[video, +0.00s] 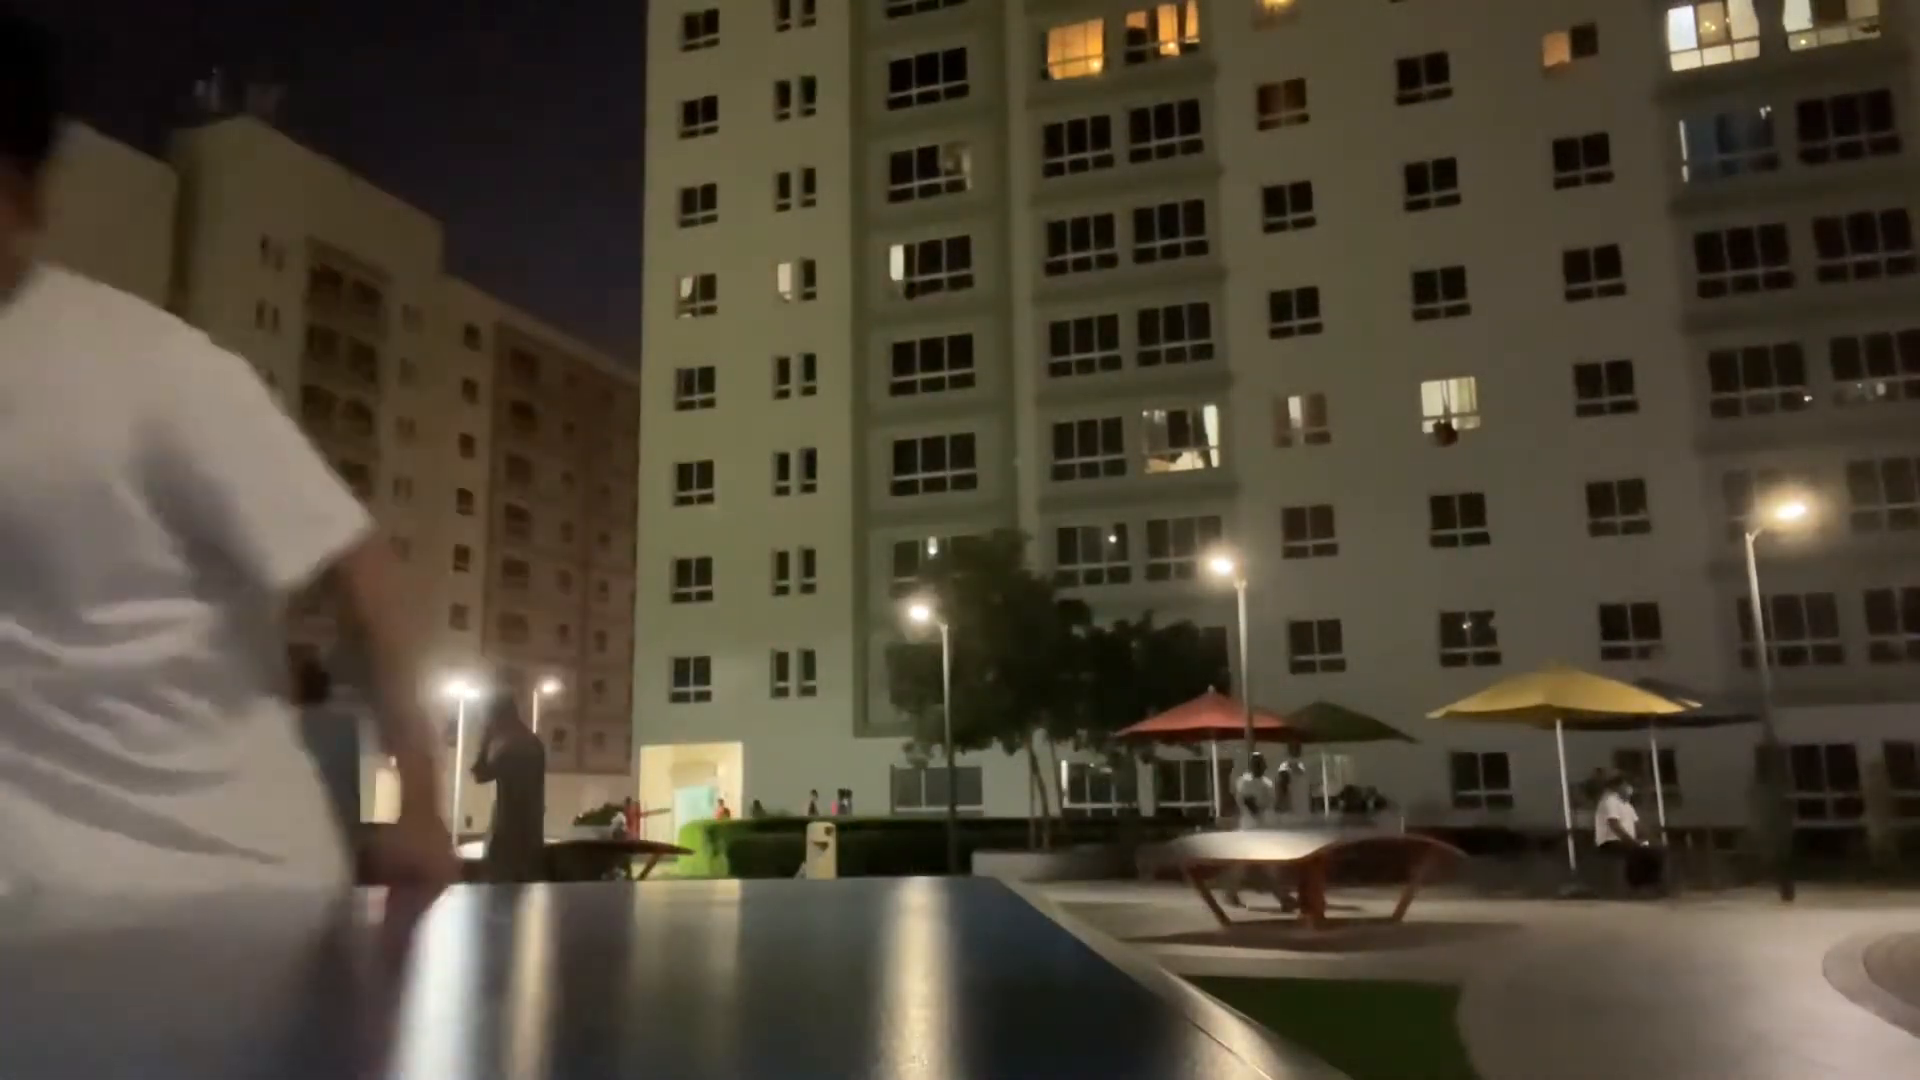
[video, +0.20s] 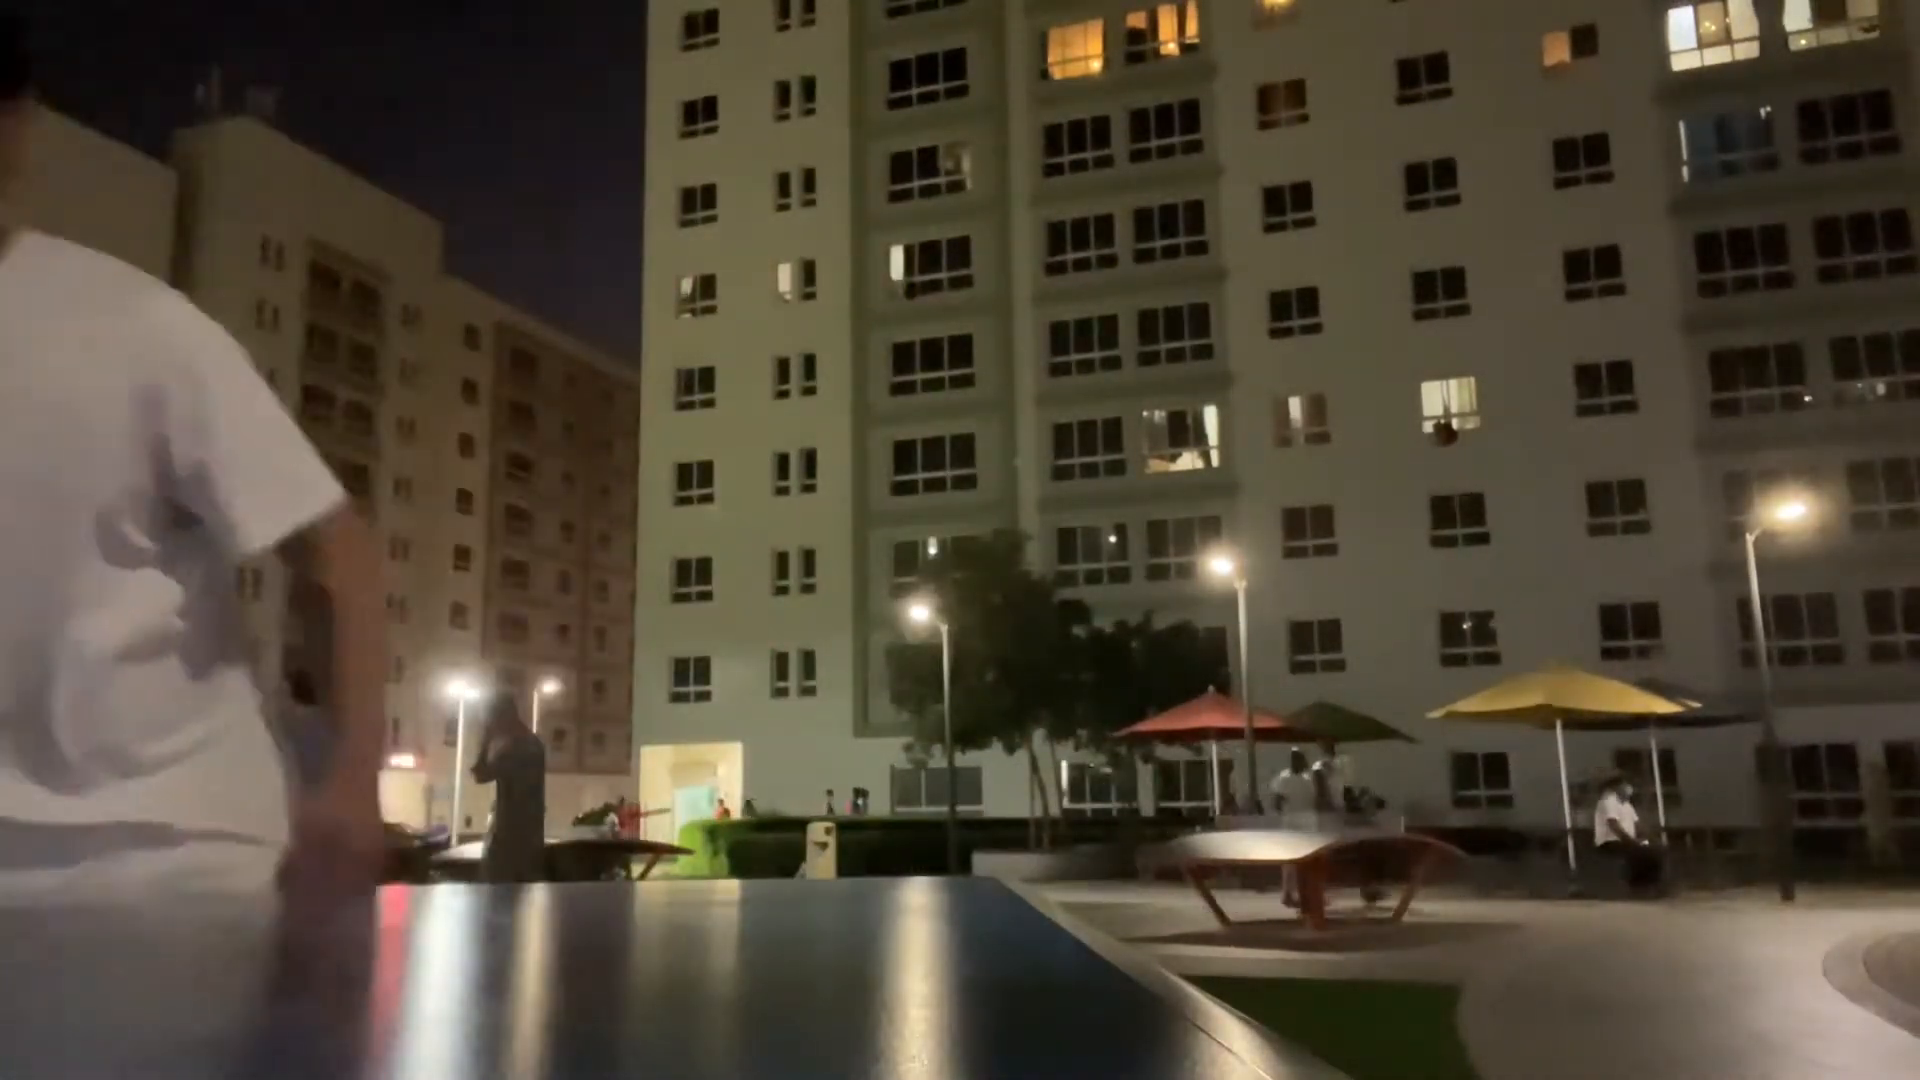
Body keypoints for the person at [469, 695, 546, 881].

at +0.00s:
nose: (490, 724)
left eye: (492, 719)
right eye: (491, 719)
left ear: (499, 717)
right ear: (513, 713)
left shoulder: (509, 747)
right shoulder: (534, 743)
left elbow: (481, 774)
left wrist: (486, 737)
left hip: (509, 832)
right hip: (531, 831)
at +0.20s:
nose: (490, 723)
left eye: (491, 718)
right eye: (490, 718)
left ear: (499, 716)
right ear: (512, 713)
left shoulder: (509, 746)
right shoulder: (534, 743)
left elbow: (481, 775)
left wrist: (486, 737)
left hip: (509, 827)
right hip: (531, 826)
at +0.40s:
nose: (494, 722)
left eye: (496, 717)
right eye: (495, 717)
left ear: (502, 717)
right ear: (514, 715)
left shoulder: (514, 744)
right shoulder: (534, 741)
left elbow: (481, 773)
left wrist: (486, 737)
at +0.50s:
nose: (489, 720)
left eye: (491, 716)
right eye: (490, 716)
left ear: (499, 716)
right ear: (514, 714)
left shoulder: (511, 743)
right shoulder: (532, 740)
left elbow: (482, 775)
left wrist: (485, 736)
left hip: (511, 814)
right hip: (528, 812)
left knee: (495, 867)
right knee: (506, 866)